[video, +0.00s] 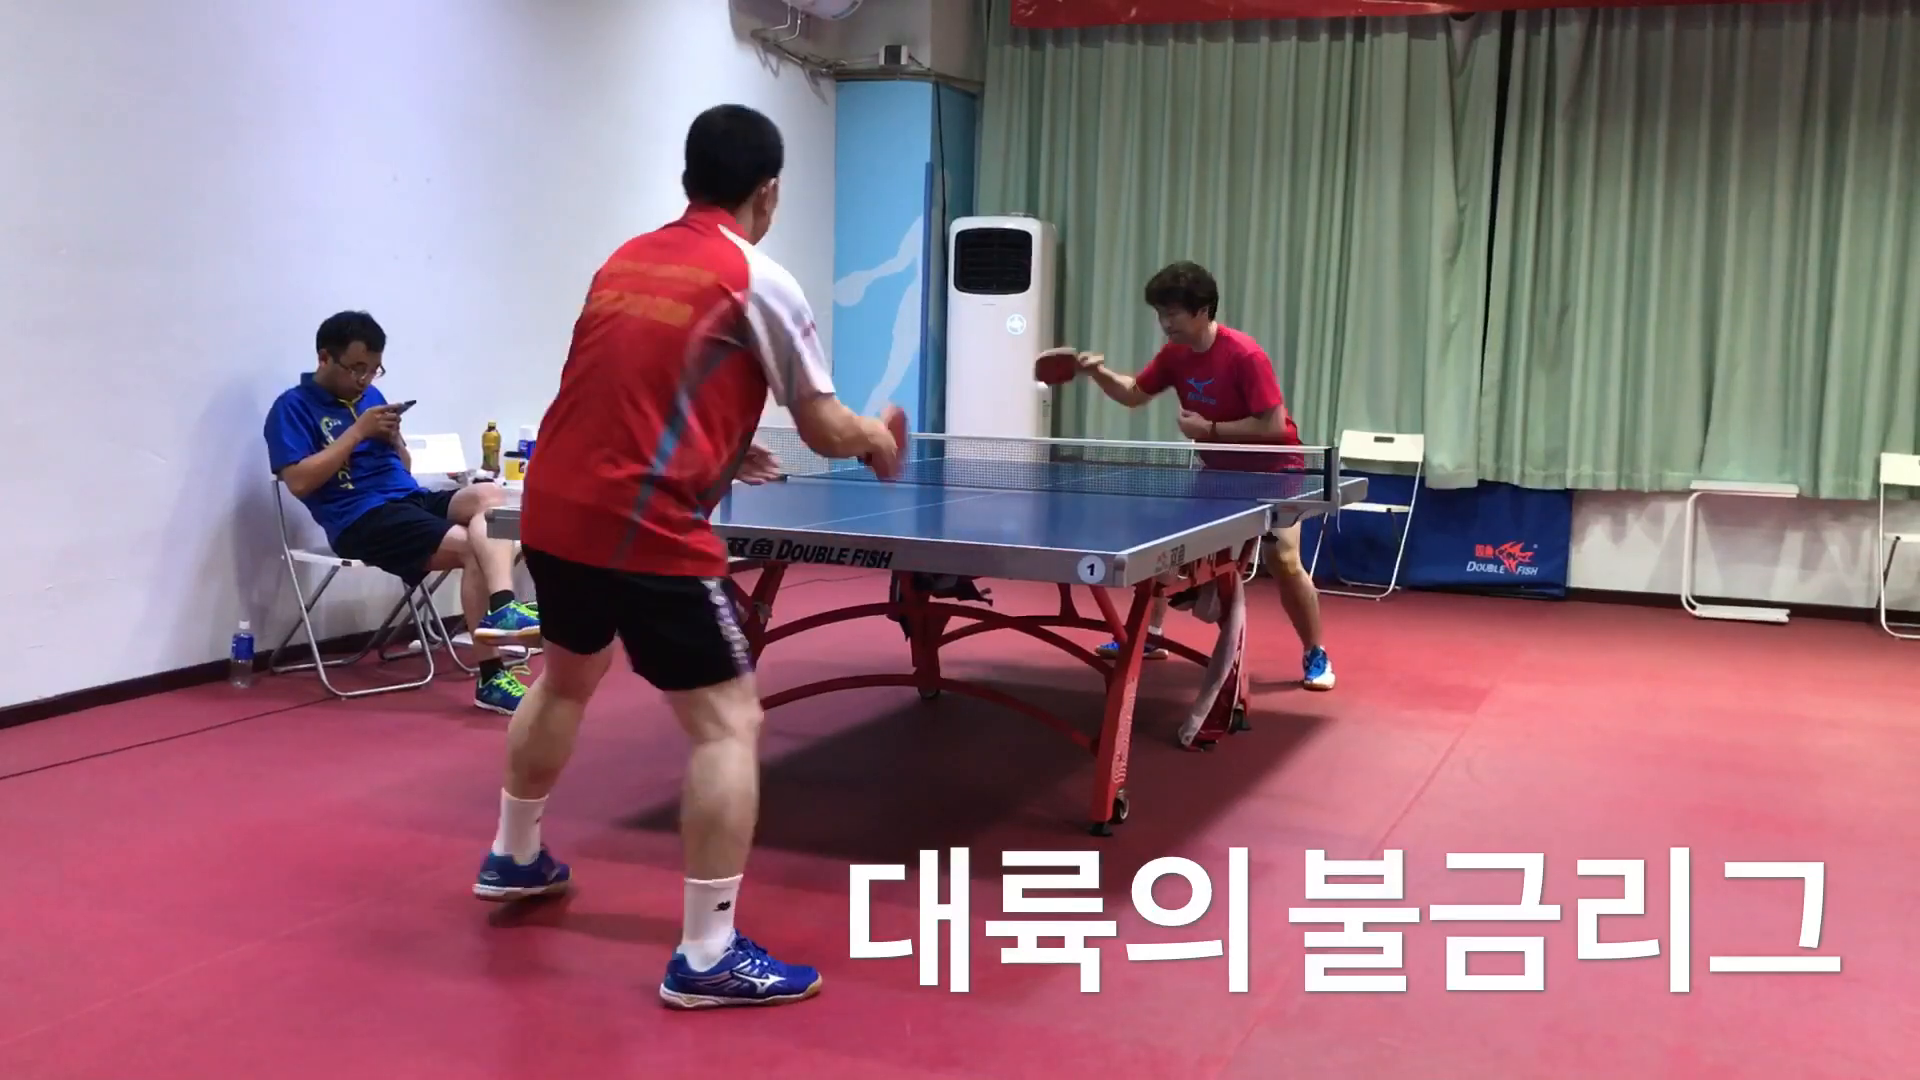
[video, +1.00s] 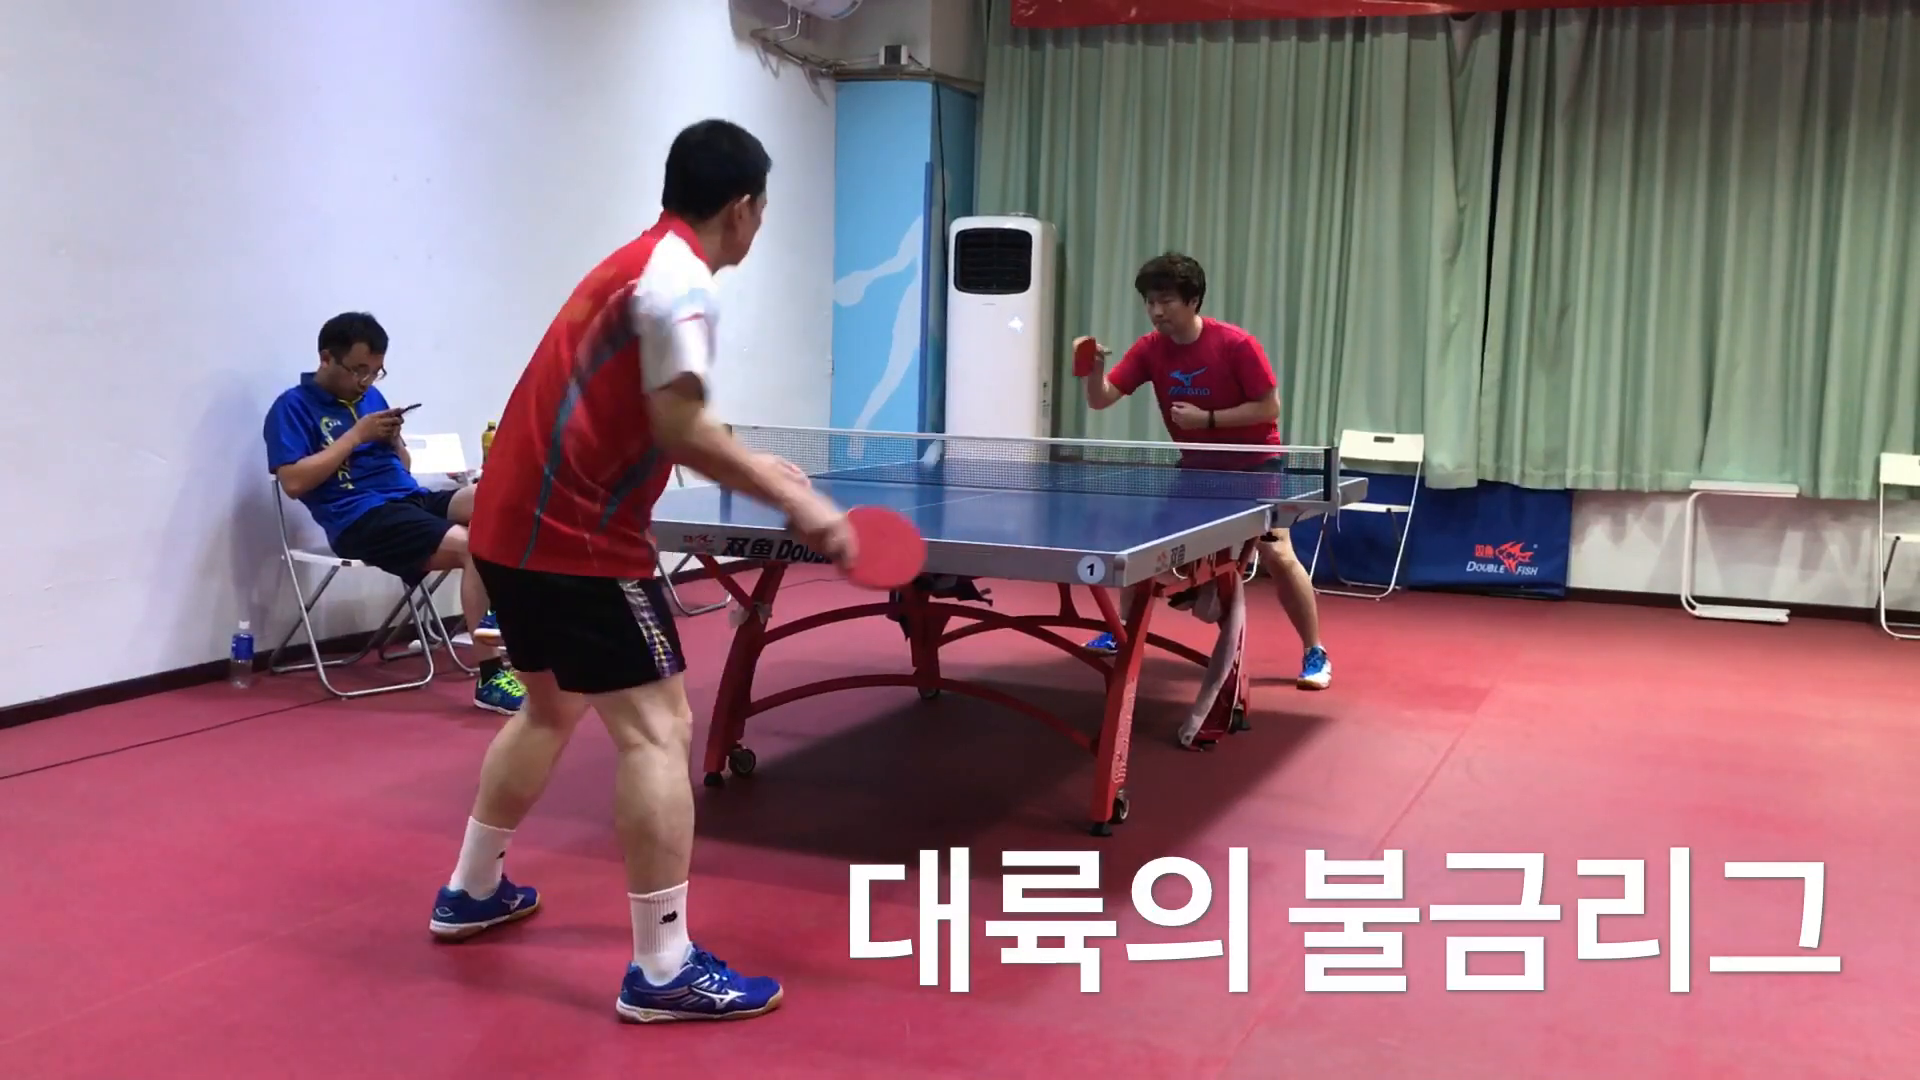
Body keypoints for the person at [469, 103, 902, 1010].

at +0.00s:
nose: (778, 199)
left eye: (772, 185)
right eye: (779, 186)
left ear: (690, 182)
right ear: (766, 191)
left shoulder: (625, 259)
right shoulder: (761, 284)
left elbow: (610, 397)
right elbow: (823, 428)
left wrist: (717, 449)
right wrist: (871, 436)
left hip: (555, 519)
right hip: (655, 538)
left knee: (564, 677)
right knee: (727, 723)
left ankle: (512, 857)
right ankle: (708, 952)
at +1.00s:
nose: (758, 224)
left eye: (759, 208)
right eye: (759, 207)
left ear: (680, 193)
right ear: (738, 206)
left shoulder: (639, 263)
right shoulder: (676, 278)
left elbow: (663, 420)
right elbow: (682, 430)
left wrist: (751, 464)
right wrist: (798, 504)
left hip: (512, 525)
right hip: (577, 536)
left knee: (550, 710)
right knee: (657, 729)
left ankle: (470, 889)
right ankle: (664, 966)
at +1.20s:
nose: (726, 221)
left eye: (730, 205)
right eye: (726, 202)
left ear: (668, 181)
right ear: (694, 190)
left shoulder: (631, 250)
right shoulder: (615, 235)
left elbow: (591, 384)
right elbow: (557, 358)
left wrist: (654, 456)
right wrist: (695, 402)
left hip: (526, 519)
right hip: (560, 522)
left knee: (552, 705)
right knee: (640, 714)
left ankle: (471, 887)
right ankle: (664, 952)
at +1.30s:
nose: (704, 190)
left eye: (705, 173)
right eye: (704, 172)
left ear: (625, 155)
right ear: (677, 164)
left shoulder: (579, 217)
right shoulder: (619, 219)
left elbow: (557, 375)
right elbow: (666, 359)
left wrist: (631, 447)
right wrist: (727, 333)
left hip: (504, 500)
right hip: (565, 502)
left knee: (539, 693)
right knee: (644, 697)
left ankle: (470, 884)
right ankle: (647, 939)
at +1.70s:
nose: (707, 186)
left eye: (704, 173)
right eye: (705, 173)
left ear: (612, 172)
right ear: (690, 178)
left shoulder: (551, 255)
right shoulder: (692, 274)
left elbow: (540, 406)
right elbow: (751, 425)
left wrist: (651, 458)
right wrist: (797, 423)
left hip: (499, 526)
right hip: (600, 544)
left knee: (518, 684)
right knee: (677, 734)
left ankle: (462, 871)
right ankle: (638, 967)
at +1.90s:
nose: (747, 215)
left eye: (747, 197)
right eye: (746, 197)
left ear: (666, 190)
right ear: (718, 198)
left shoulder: (629, 257)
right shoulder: (652, 269)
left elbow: (629, 422)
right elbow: (625, 422)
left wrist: (732, 499)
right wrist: (737, 506)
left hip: (499, 530)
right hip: (555, 542)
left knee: (525, 708)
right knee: (641, 733)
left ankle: (439, 885)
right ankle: (635, 970)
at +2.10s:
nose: (714, 209)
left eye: (715, 191)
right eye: (710, 190)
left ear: (645, 185)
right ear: (674, 188)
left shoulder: (587, 250)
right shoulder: (617, 257)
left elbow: (582, 410)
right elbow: (636, 399)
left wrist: (682, 462)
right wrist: (789, 401)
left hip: (489, 527)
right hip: (548, 536)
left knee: (520, 711)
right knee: (635, 726)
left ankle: (436, 889)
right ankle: (636, 966)